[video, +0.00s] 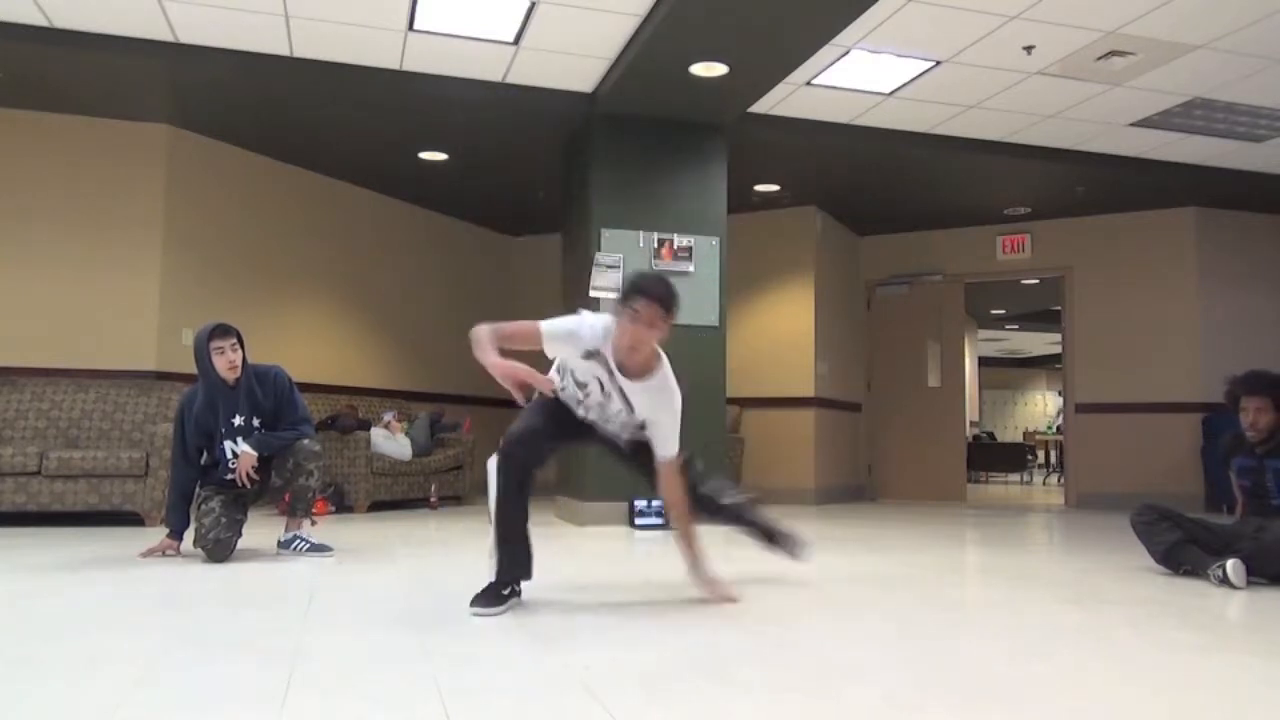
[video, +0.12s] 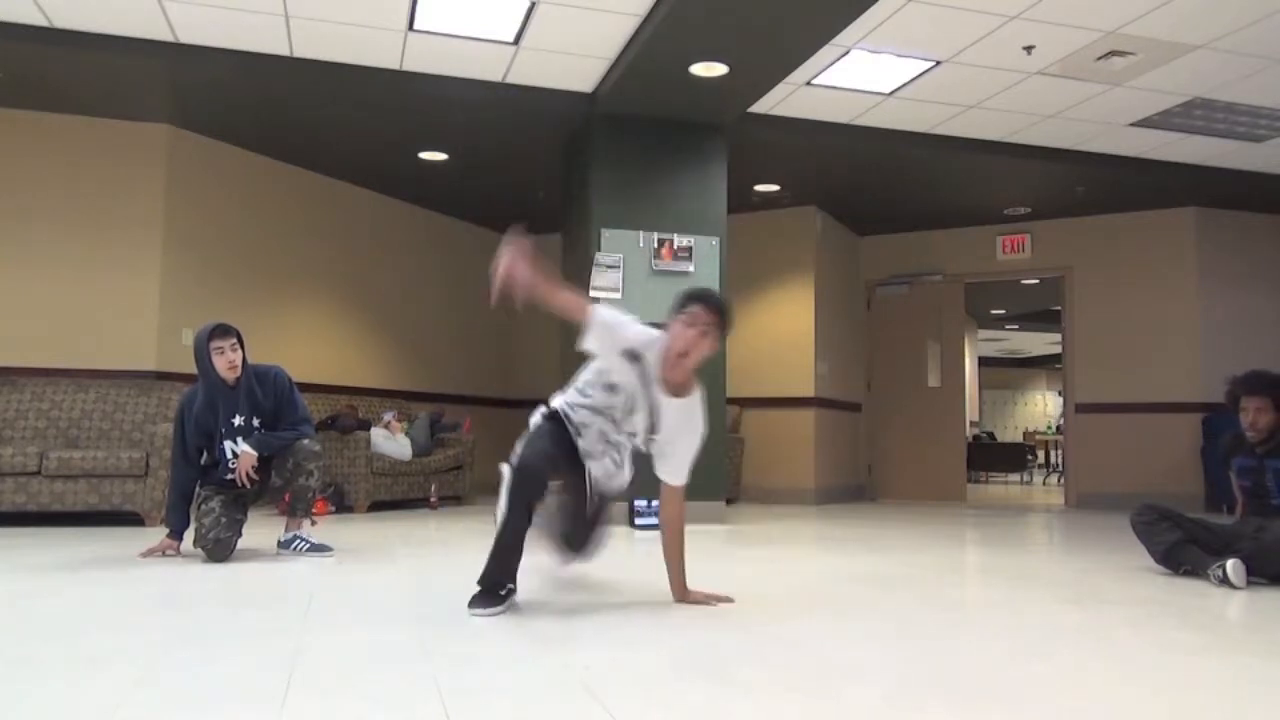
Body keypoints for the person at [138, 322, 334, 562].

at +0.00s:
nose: (231, 358)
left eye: (234, 349)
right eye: (220, 352)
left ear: (243, 351)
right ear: (205, 360)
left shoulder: (272, 380)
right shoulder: (194, 403)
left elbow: (304, 430)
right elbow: (184, 470)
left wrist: (256, 445)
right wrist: (174, 535)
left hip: (267, 476)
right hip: (221, 488)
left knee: (308, 450)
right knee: (215, 549)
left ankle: (292, 534)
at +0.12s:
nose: (230, 358)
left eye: (234, 349)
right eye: (220, 352)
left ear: (243, 351)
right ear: (205, 360)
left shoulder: (272, 380)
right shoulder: (194, 403)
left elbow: (304, 430)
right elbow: (184, 470)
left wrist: (256, 445)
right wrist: (174, 535)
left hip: (267, 476)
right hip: (221, 488)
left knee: (308, 450)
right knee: (215, 549)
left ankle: (292, 534)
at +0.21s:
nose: (230, 357)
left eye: (234, 348)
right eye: (219, 352)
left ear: (243, 351)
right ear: (205, 360)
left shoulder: (272, 380)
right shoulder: (194, 403)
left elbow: (304, 430)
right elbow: (184, 470)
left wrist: (256, 445)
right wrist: (174, 535)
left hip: (267, 476)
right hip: (221, 488)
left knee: (308, 450)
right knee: (215, 549)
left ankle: (292, 534)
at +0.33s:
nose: (230, 357)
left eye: (234, 348)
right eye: (219, 352)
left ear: (242, 350)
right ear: (205, 360)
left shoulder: (272, 380)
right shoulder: (193, 404)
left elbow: (304, 430)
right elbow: (184, 471)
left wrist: (255, 445)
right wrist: (174, 535)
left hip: (267, 476)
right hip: (221, 488)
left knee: (308, 450)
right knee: (215, 549)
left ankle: (292, 534)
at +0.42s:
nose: (230, 357)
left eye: (233, 348)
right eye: (219, 352)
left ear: (242, 351)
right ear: (205, 360)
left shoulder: (272, 380)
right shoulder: (193, 404)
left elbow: (304, 430)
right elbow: (184, 471)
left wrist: (255, 445)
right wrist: (174, 535)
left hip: (267, 476)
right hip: (221, 488)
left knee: (308, 450)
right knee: (215, 549)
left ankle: (292, 534)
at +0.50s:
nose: (229, 357)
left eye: (233, 348)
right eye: (218, 352)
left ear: (242, 351)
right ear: (204, 360)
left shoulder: (272, 380)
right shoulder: (193, 404)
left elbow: (304, 430)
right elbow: (184, 471)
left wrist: (255, 445)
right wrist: (174, 535)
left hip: (267, 476)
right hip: (221, 488)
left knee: (308, 450)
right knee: (215, 549)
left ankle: (292, 534)